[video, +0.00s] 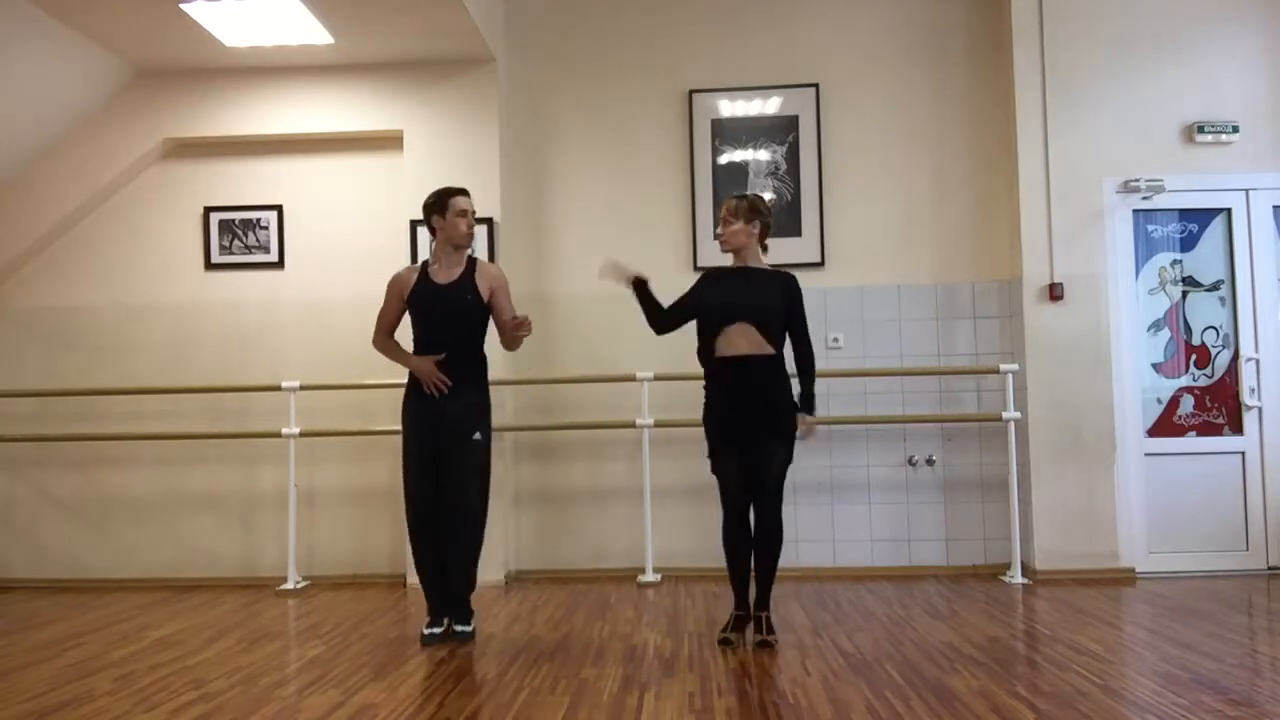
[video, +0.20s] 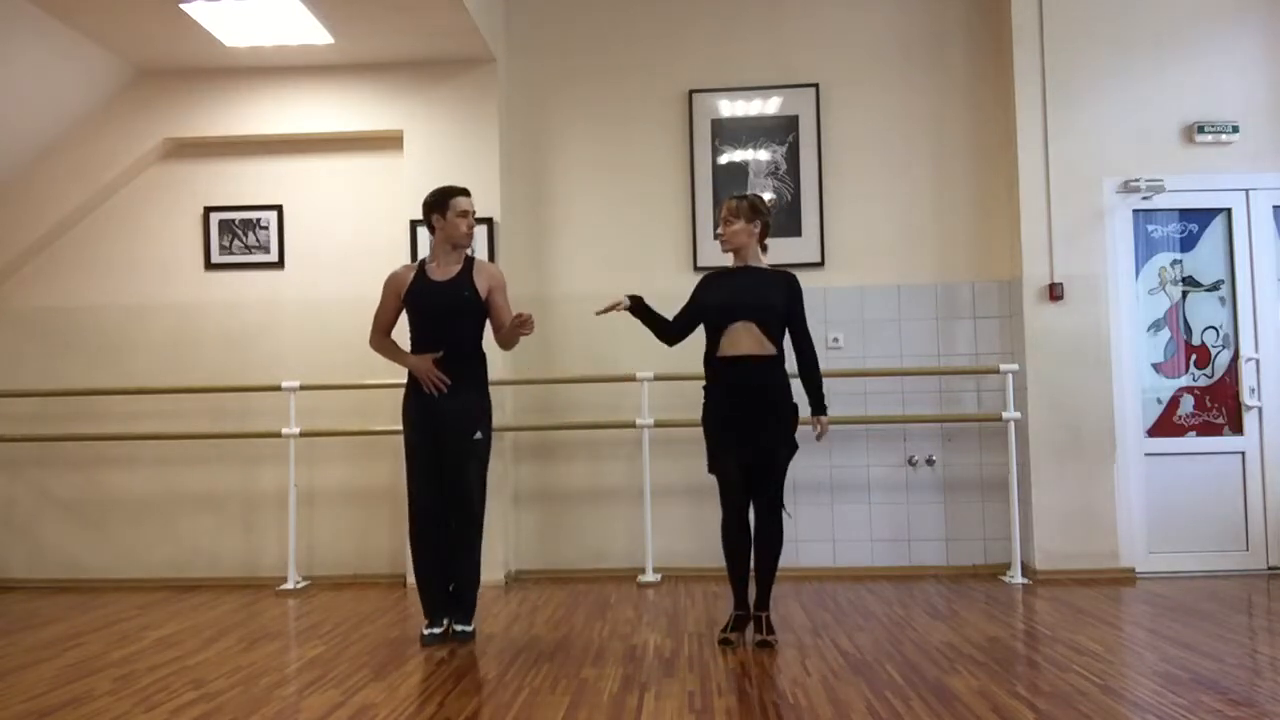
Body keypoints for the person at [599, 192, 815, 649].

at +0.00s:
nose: (721, 228)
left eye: (730, 221)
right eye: (720, 222)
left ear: (756, 228)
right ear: (729, 231)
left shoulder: (782, 283)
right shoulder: (711, 283)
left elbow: (802, 346)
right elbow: (661, 323)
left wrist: (806, 403)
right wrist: (638, 284)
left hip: (773, 402)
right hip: (725, 402)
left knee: (768, 506)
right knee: (734, 507)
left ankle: (762, 609)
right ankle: (740, 608)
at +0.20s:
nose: (721, 228)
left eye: (731, 221)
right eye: (721, 222)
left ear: (757, 228)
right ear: (728, 230)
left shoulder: (783, 282)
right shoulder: (712, 283)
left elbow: (803, 346)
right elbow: (671, 334)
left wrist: (817, 405)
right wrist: (635, 303)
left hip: (771, 398)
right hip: (723, 398)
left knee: (768, 506)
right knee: (734, 506)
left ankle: (762, 608)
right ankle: (739, 608)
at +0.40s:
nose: (720, 227)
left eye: (729, 220)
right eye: (720, 221)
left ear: (755, 227)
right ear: (731, 230)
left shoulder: (783, 281)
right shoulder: (712, 282)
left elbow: (799, 345)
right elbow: (671, 332)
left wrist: (806, 402)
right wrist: (636, 299)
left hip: (772, 397)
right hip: (725, 396)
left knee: (770, 506)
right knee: (734, 506)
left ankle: (764, 609)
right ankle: (741, 609)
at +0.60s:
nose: (719, 227)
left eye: (729, 220)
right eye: (719, 221)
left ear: (754, 226)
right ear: (727, 230)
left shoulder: (782, 281)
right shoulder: (712, 281)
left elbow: (795, 344)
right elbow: (673, 333)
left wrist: (802, 399)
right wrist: (637, 302)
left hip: (772, 397)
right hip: (725, 397)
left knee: (770, 507)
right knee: (734, 507)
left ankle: (764, 609)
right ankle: (742, 608)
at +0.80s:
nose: (716, 223)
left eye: (725, 215)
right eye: (716, 216)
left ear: (752, 223)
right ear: (728, 226)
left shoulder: (783, 277)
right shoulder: (707, 274)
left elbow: (835, 322)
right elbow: (672, 318)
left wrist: (886, 357)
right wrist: (674, 273)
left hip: (765, 395)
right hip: (716, 395)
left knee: (763, 504)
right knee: (729, 503)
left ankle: (764, 607)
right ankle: (737, 606)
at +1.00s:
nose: (718, 232)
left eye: (727, 225)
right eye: (716, 226)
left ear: (752, 230)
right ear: (716, 233)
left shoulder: (782, 283)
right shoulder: (707, 286)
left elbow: (844, 291)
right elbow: (701, 349)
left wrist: (902, 275)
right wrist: (734, 345)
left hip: (758, 410)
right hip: (712, 408)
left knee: (743, 508)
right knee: (727, 507)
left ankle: (744, 609)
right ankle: (744, 609)